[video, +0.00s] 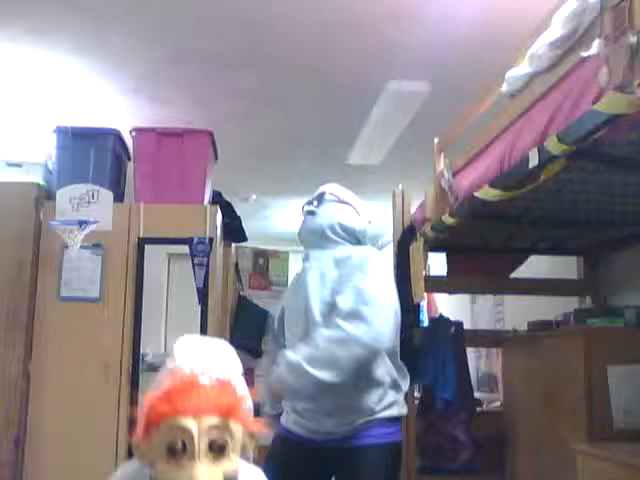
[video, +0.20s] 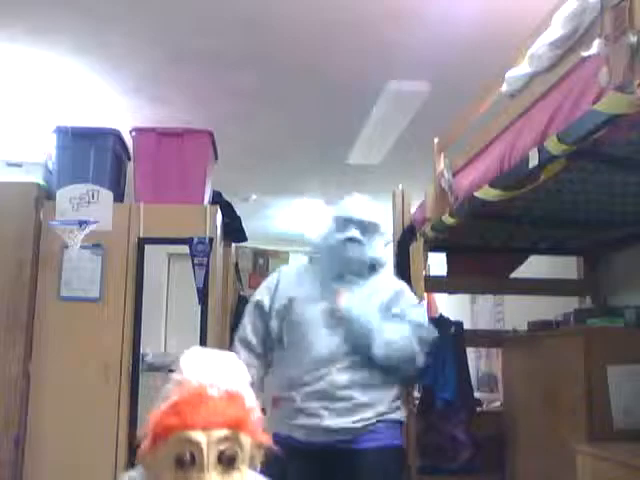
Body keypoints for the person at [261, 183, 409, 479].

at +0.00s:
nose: (318, 211)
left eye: (327, 204)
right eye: (316, 204)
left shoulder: (367, 265)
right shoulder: (300, 280)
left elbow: (367, 337)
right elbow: (277, 348)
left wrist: (283, 377)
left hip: (366, 438)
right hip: (300, 433)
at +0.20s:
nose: (353, 234)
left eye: (365, 228)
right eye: (343, 224)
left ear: (379, 240)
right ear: (327, 233)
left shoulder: (392, 291)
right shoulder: (284, 284)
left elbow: (413, 355)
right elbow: (248, 354)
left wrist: (358, 321)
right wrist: (244, 419)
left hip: (372, 436)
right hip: (295, 436)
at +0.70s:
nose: (357, 224)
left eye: (368, 221)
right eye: (347, 215)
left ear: (378, 235)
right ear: (327, 226)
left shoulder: (395, 289)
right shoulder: (289, 278)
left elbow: (415, 350)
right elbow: (265, 353)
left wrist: (377, 309)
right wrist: (276, 418)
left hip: (372, 437)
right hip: (299, 436)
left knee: (393, 472)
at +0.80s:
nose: (352, 242)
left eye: (363, 233)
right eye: (344, 232)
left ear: (379, 244)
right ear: (327, 238)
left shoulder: (394, 294)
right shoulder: (299, 287)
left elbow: (412, 354)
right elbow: (277, 358)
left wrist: (365, 275)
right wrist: (307, 403)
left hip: (371, 440)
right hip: (297, 440)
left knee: (388, 471)